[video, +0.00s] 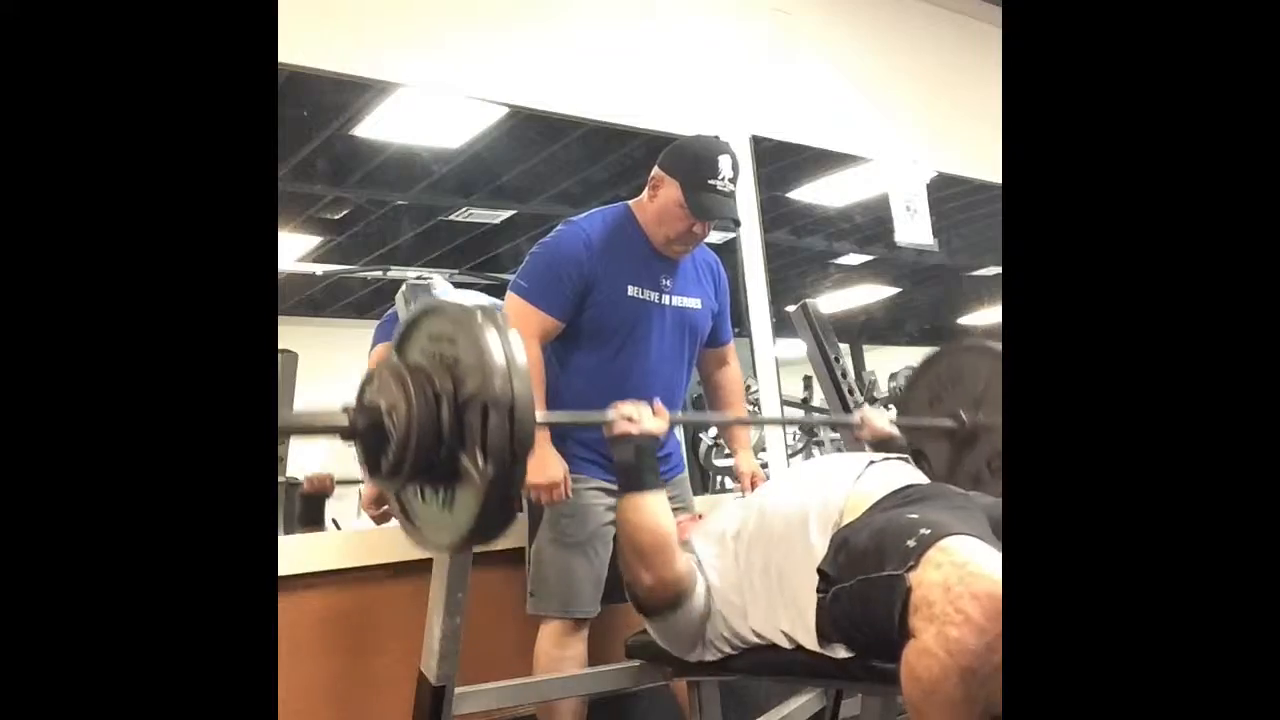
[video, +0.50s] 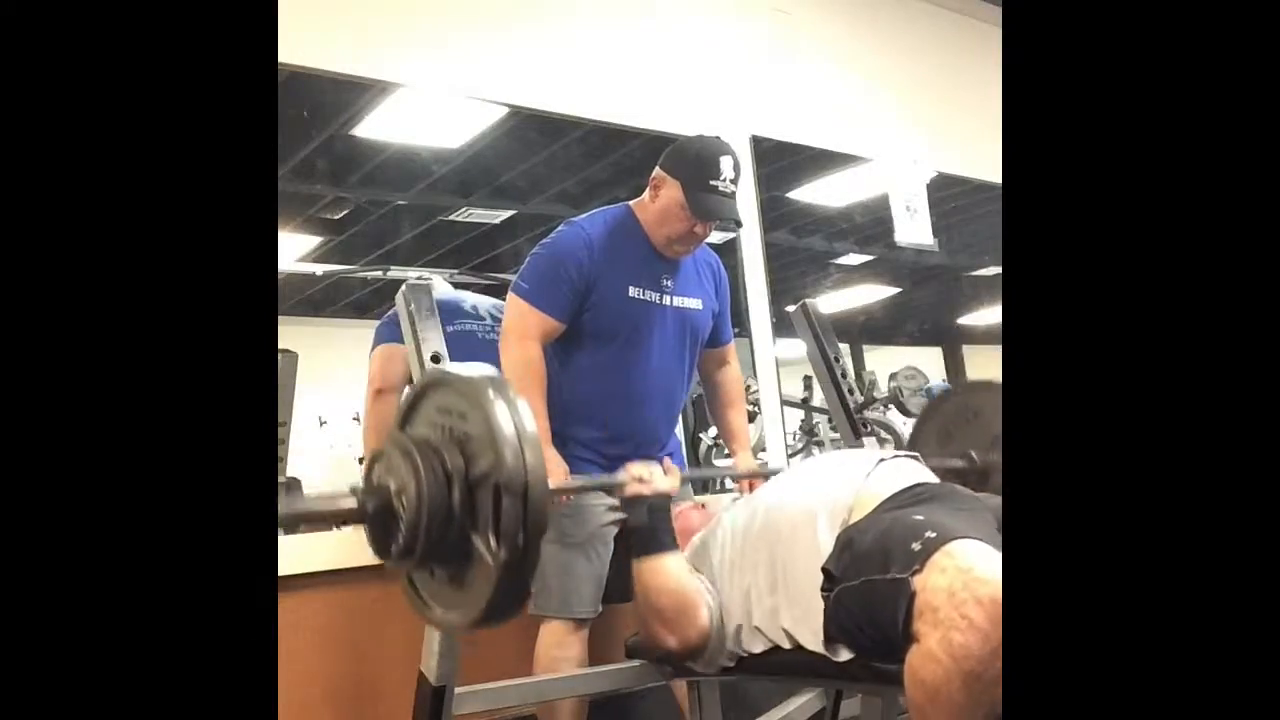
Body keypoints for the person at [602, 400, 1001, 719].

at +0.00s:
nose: (677, 509)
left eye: (674, 506)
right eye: (662, 519)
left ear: (688, 511)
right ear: (657, 549)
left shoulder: (761, 504)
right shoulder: (692, 608)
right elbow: (655, 574)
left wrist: (886, 444)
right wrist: (633, 451)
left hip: (941, 493)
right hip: (862, 533)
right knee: (977, 598)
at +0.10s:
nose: (681, 511)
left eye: (678, 505)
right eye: (666, 517)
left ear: (693, 504)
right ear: (651, 550)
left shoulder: (772, 510)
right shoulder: (687, 595)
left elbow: (894, 483)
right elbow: (652, 545)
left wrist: (874, 428)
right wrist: (630, 423)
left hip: (943, 496)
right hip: (861, 532)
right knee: (978, 603)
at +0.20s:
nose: (678, 502)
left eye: (676, 498)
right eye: (663, 511)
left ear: (690, 498)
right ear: (649, 547)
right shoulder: (689, 593)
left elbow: (897, 478)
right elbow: (654, 537)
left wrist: (877, 417)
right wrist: (631, 418)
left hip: (956, 489)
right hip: (869, 526)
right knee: (978, 599)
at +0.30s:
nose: (679, 506)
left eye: (676, 501)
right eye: (660, 514)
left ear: (693, 502)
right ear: (649, 555)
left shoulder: (766, 505)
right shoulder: (690, 603)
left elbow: (898, 488)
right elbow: (656, 551)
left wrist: (879, 434)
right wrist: (632, 442)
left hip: (945, 498)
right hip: (862, 533)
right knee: (974, 588)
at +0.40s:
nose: (682, 508)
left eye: (682, 502)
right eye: (670, 517)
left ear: (698, 503)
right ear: (666, 546)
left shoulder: (767, 498)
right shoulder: (696, 603)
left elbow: (901, 476)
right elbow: (667, 604)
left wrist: (878, 445)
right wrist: (642, 485)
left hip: (937, 492)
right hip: (867, 530)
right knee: (978, 602)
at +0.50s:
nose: (688, 502)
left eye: (690, 497)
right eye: (674, 506)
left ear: (708, 503)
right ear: (667, 540)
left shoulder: (755, 510)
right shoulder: (691, 580)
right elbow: (675, 635)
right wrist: (645, 512)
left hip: (941, 492)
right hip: (866, 531)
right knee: (979, 601)